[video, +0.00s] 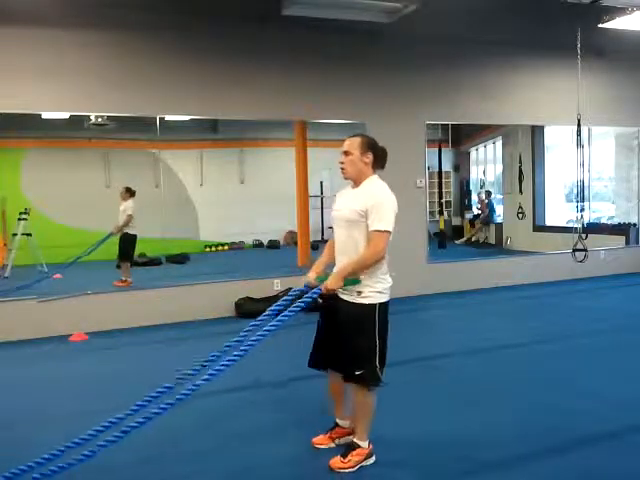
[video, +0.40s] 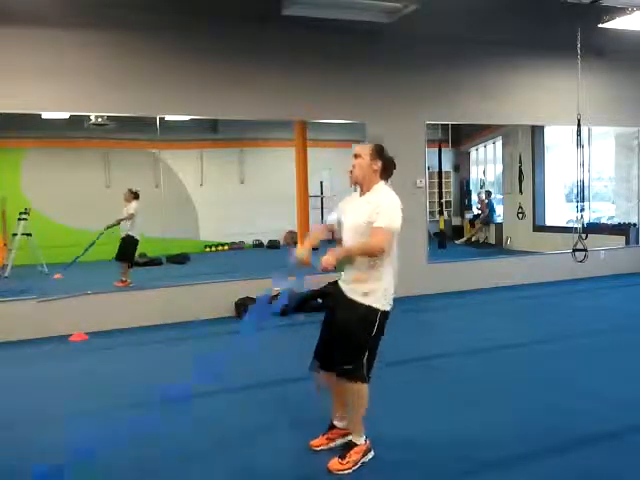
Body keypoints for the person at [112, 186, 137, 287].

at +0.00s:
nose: (121, 195)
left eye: (123, 193)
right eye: (121, 193)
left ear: (128, 194)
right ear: (126, 194)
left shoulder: (130, 204)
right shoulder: (124, 204)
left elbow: (129, 218)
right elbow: (125, 217)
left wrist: (119, 228)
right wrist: (118, 227)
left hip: (129, 233)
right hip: (125, 232)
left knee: (125, 258)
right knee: (123, 257)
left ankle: (126, 278)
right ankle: (125, 278)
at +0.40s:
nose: (124, 196)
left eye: (126, 194)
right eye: (125, 194)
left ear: (132, 196)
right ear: (130, 196)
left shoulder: (134, 204)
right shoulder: (129, 206)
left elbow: (131, 216)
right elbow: (121, 221)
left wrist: (119, 220)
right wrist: (110, 226)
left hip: (131, 235)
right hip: (127, 234)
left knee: (125, 259)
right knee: (124, 259)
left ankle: (125, 279)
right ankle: (124, 278)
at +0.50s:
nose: (127, 192)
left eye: (129, 191)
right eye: (128, 190)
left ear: (134, 192)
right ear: (133, 192)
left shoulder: (134, 202)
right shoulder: (130, 202)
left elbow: (125, 204)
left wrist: (112, 209)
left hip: (133, 229)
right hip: (129, 229)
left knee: (126, 255)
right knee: (126, 255)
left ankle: (127, 279)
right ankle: (126, 278)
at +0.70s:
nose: (121, 202)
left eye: (122, 199)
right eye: (121, 199)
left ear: (127, 199)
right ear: (129, 198)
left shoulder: (131, 208)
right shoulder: (129, 207)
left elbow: (124, 214)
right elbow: (124, 214)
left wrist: (117, 214)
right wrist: (117, 214)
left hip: (132, 233)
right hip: (130, 232)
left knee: (128, 256)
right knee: (126, 256)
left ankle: (130, 279)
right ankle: (127, 277)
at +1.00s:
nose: (119, 193)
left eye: (121, 191)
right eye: (119, 191)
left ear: (126, 191)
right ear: (126, 191)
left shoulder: (130, 199)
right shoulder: (124, 201)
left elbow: (128, 210)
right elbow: (120, 211)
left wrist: (116, 211)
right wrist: (111, 211)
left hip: (126, 228)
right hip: (121, 227)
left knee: (117, 253)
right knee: (115, 252)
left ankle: (118, 274)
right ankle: (116, 274)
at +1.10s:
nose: (120, 196)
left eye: (122, 194)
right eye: (120, 194)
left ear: (126, 194)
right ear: (128, 195)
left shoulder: (128, 204)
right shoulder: (124, 204)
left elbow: (117, 215)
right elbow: (116, 216)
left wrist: (103, 213)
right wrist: (104, 219)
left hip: (122, 233)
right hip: (120, 232)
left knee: (113, 257)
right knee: (114, 257)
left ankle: (113, 278)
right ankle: (113, 277)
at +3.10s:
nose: (117, 195)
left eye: (119, 194)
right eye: (118, 193)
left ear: (124, 195)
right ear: (123, 195)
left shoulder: (124, 205)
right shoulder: (120, 204)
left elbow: (122, 216)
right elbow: (116, 217)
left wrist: (108, 217)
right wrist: (102, 219)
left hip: (121, 236)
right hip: (117, 235)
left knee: (116, 260)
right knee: (114, 259)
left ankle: (116, 279)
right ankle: (115, 279)